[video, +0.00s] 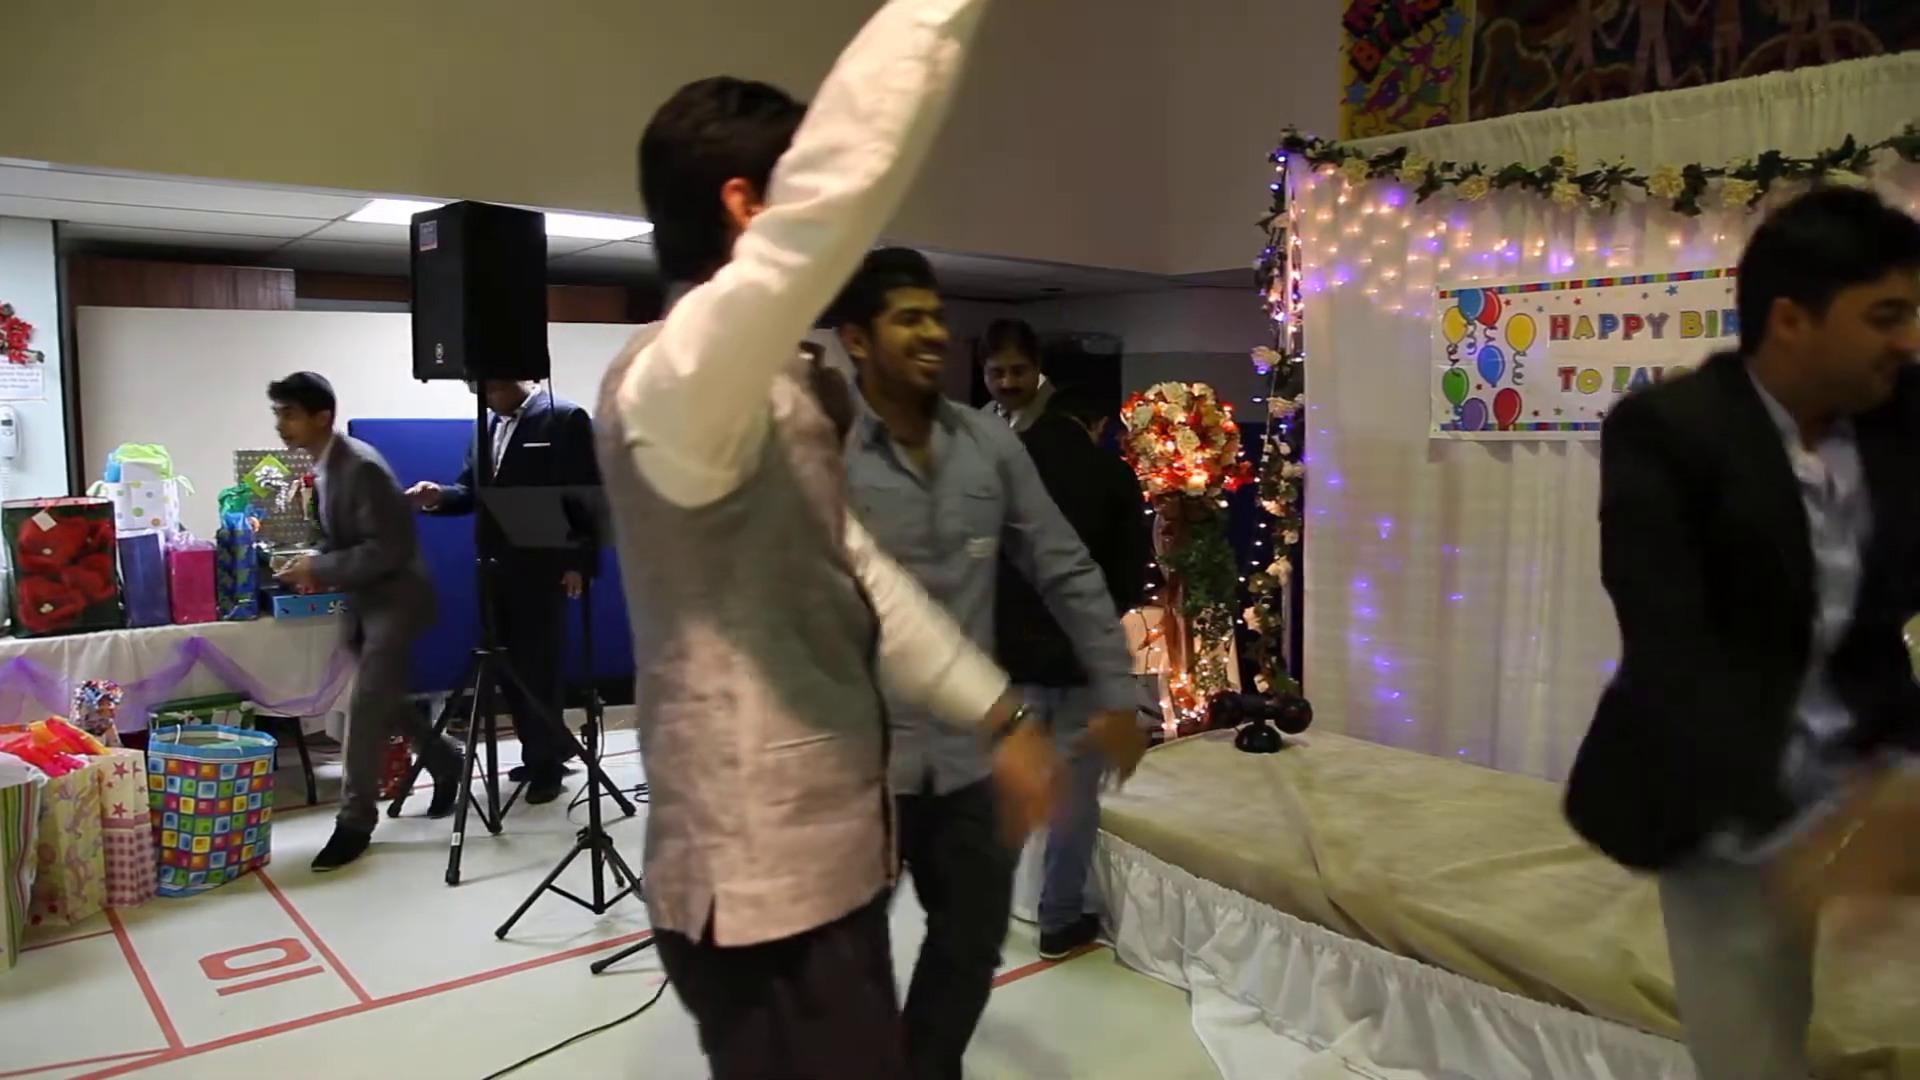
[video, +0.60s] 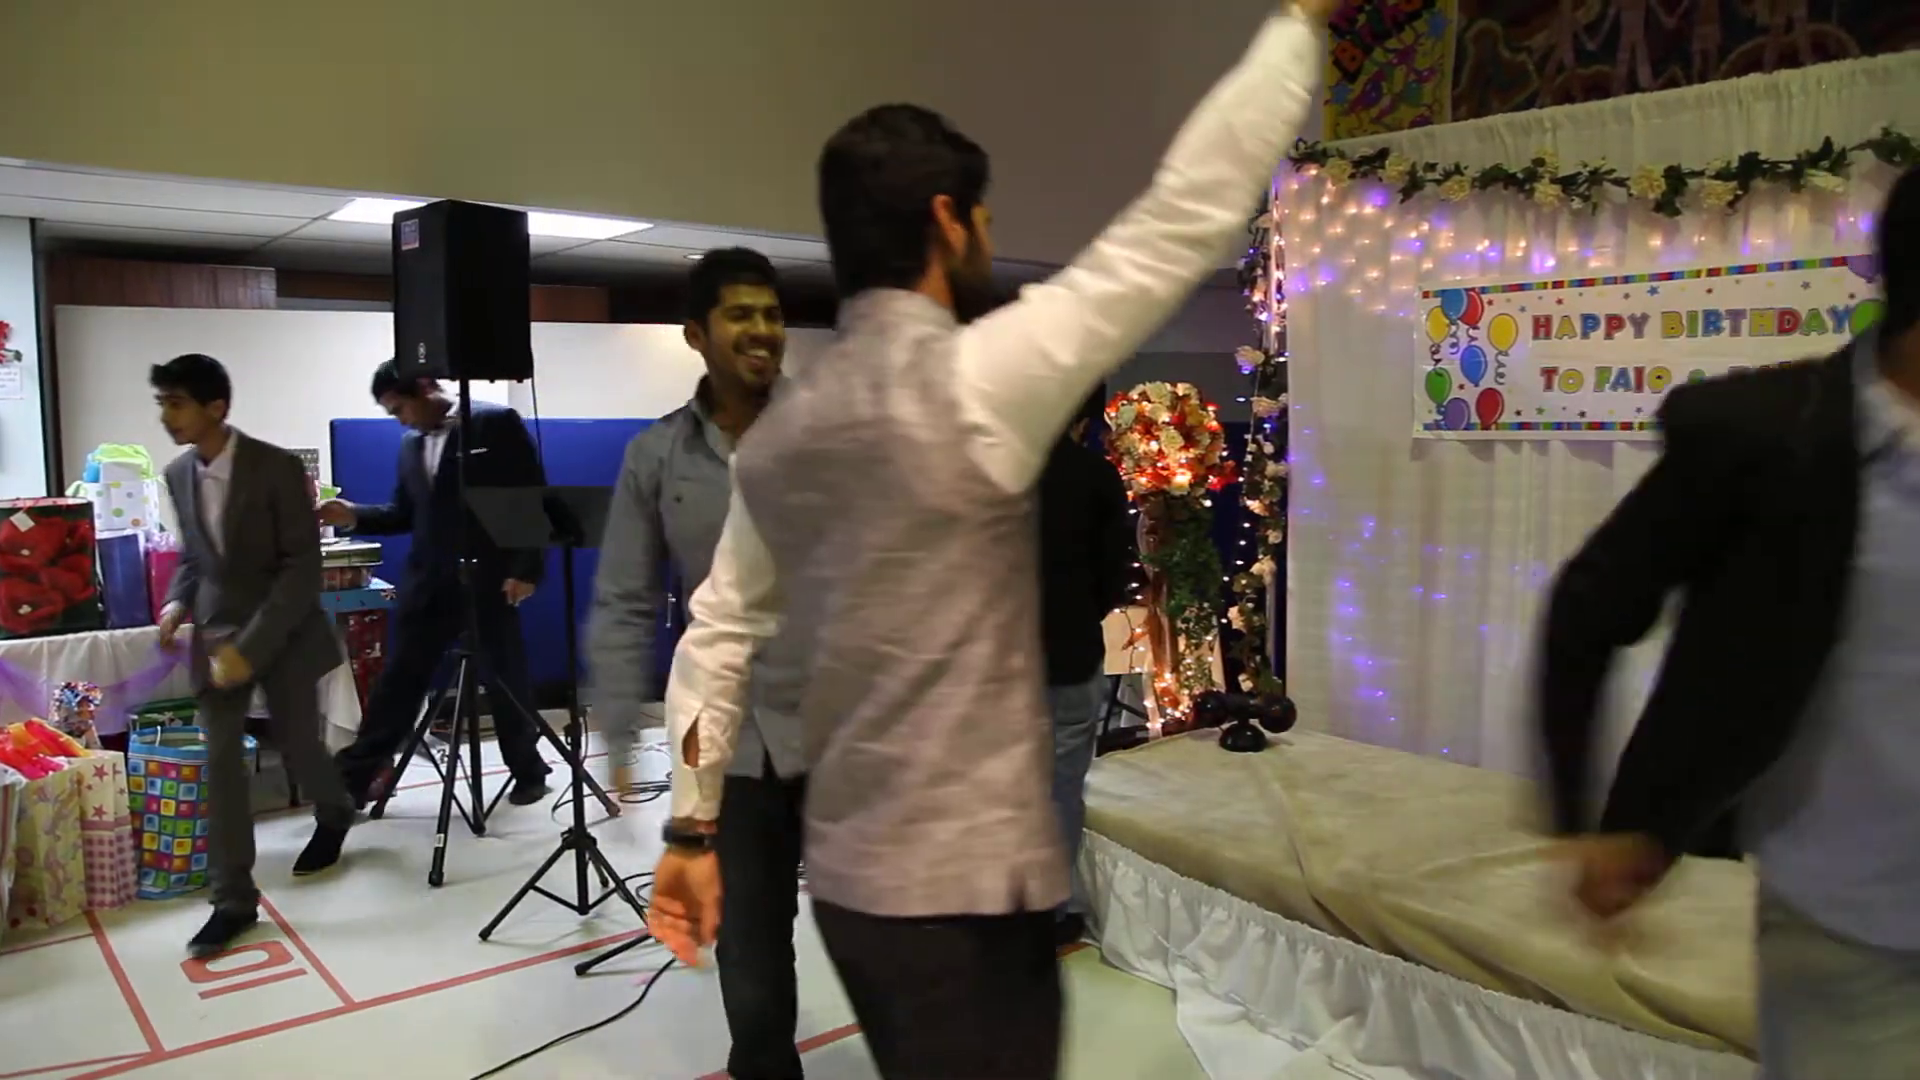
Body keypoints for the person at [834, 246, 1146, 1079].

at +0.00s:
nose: (932, 337)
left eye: (939, 322)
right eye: (910, 321)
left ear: (946, 336)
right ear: (858, 337)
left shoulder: (989, 445)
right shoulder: (822, 448)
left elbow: (1066, 568)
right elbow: (795, 595)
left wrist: (1118, 694)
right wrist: (816, 735)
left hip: (966, 742)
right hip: (856, 748)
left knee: (974, 938)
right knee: (849, 946)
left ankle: (928, 1066)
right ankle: (855, 1062)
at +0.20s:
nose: (994, 387)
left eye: (1005, 382)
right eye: (1093, 420)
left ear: (1031, 403)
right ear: (1082, 421)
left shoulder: (977, 462)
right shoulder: (1096, 473)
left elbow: (953, 552)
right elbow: (1116, 579)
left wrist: (975, 615)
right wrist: (1081, 608)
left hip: (998, 641)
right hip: (1072, 647)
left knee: (981, 766)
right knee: (1063, 785)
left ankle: (961, 894)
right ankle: (1046, 919)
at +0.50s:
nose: (1098, 420)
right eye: (1095, 411)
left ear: (1024, 400)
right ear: (1084, 411)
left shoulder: (988, 463)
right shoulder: (1095, 474)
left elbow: (964, 558)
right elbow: (1115, 579)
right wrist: (1074, 605)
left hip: (997, 654)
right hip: (1074, 657)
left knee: (980, 792)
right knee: (1061, 795)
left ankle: (973, 920)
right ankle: (1045, 922)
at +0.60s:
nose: (1102, 423)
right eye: (1099, 411)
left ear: (1035, 404)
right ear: (1088, 413)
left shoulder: (1001, 462)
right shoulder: (1096, 475)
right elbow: (1117, 573)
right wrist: (1086, 601)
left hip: (1005, 649)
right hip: (1072, 652)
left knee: (1008, 780)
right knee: (1065, 787)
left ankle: (1002, 914)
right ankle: (1056, 912)